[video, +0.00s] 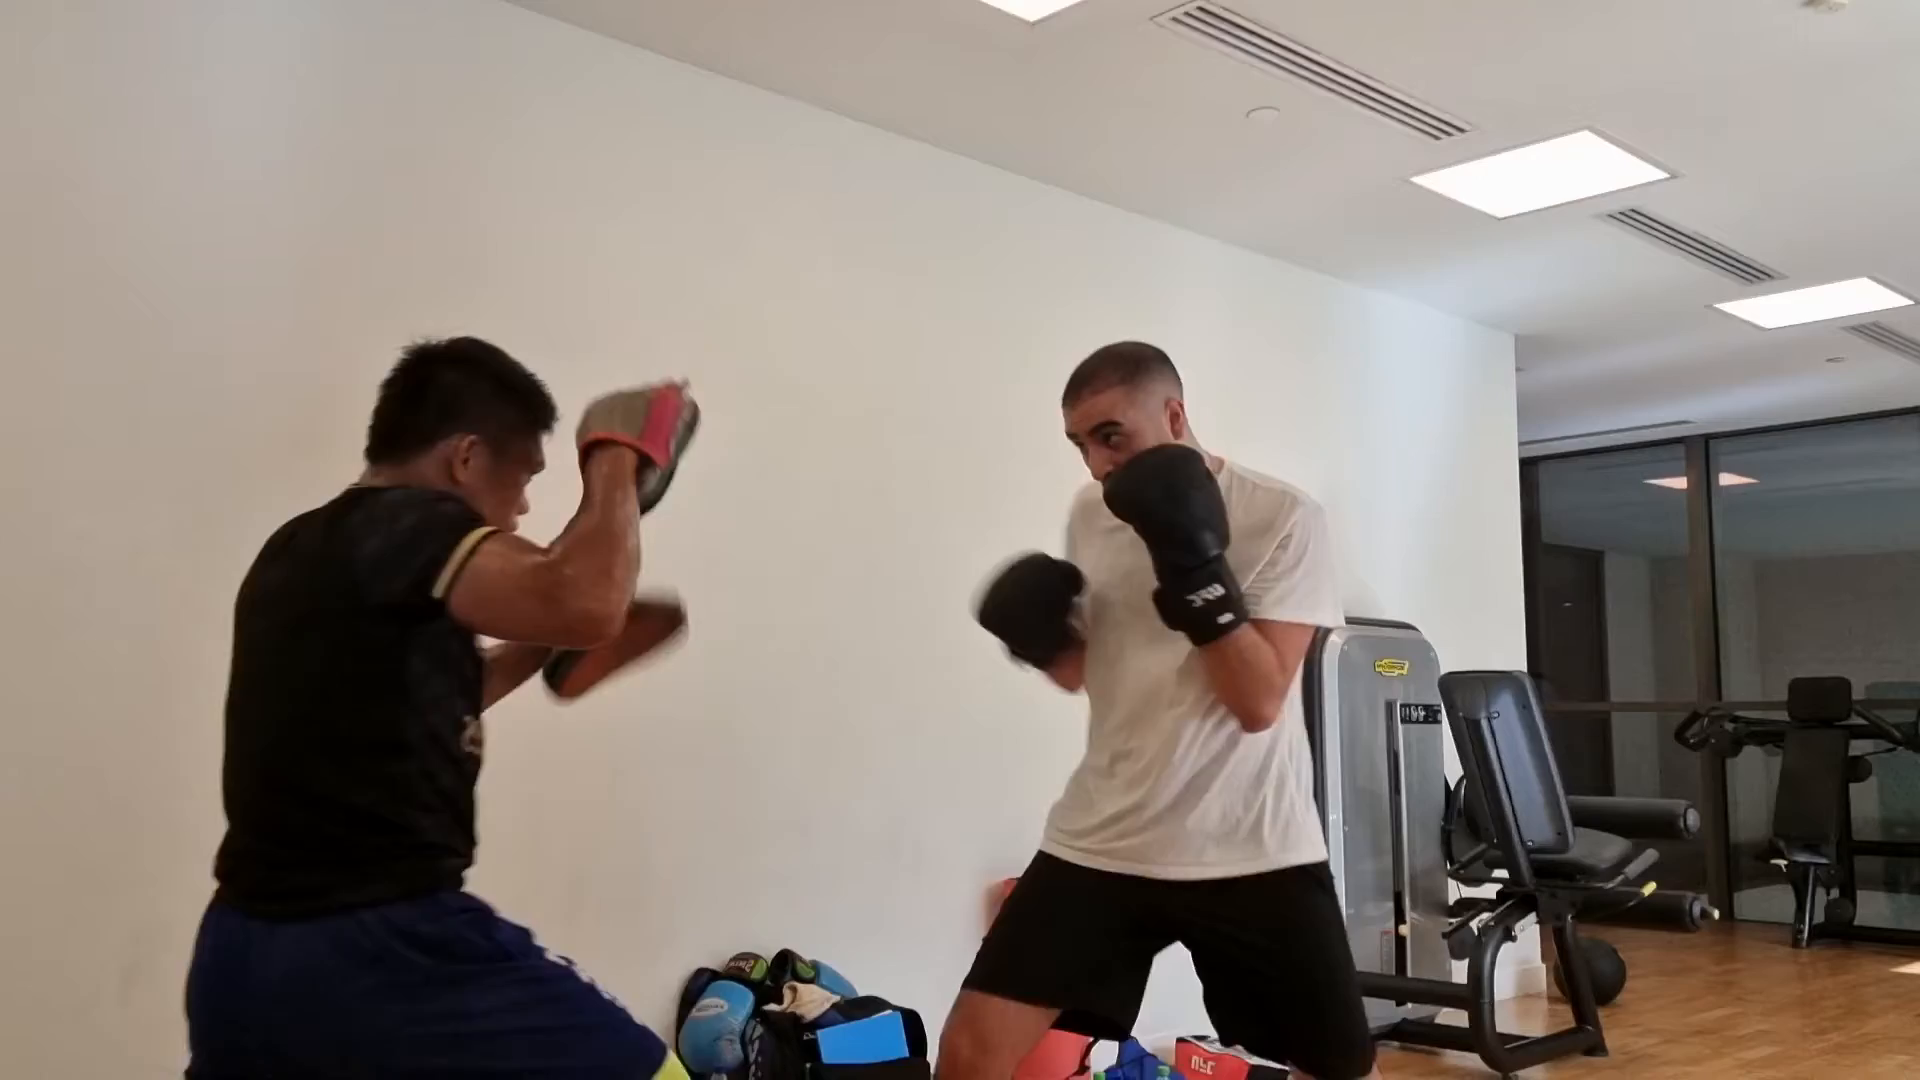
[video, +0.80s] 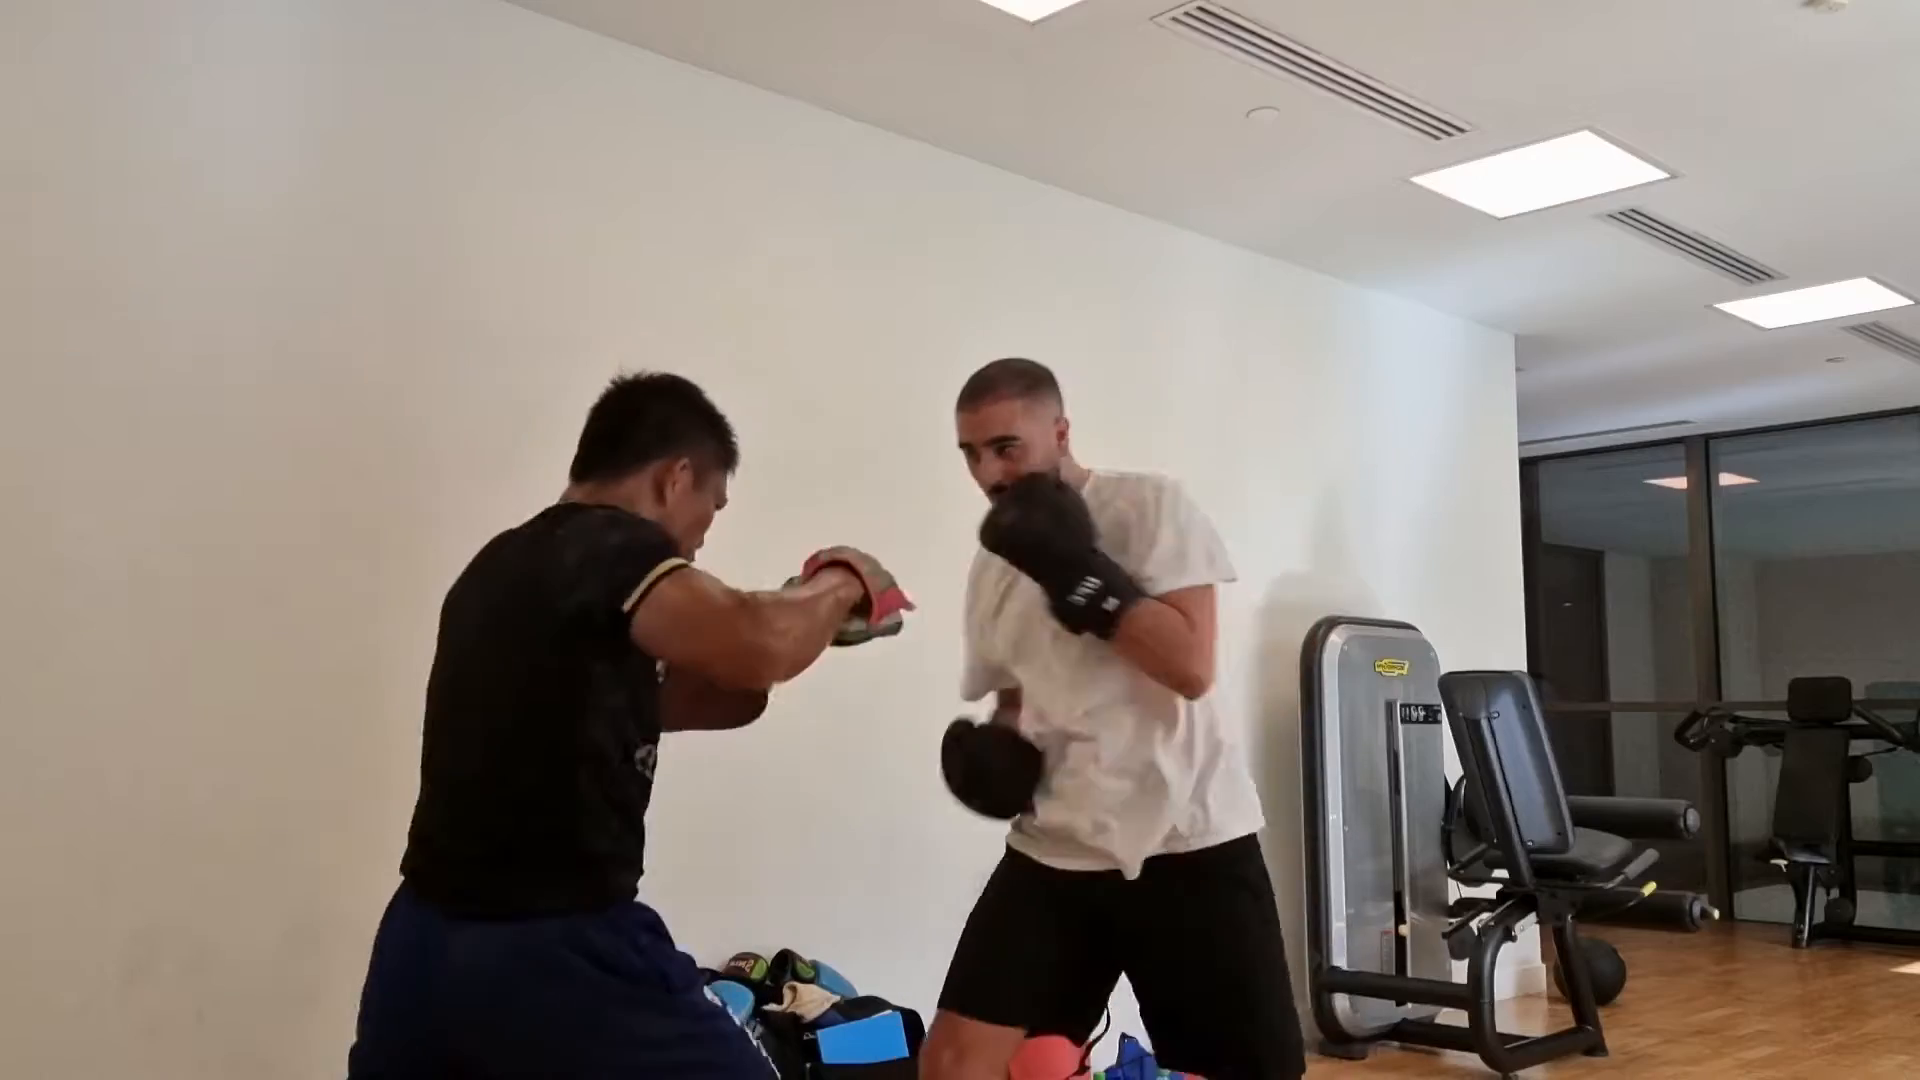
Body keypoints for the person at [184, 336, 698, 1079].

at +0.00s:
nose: (522, 510)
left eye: (528, 485)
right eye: (521, 480)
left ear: (385, 452)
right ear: (463, 459)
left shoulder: (289, 551)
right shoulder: (405, 524)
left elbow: (429, 695)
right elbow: (586, 603)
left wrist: (551, 632)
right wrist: (614, 457)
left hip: (245, 957)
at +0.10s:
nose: (575, 500)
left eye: (581, 477)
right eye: (575, 472)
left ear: (442, 449)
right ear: (524, 454)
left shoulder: (331, 554)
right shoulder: (526, 533)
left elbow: (415, 663)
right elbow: (716, 607)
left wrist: (567, 663)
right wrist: (716, 453)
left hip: (327, 954)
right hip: (498, 960)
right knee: (652, 1061)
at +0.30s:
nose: (704, 494)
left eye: (711, 475)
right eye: (704, 470)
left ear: (578, 439)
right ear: (663, 453)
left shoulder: (518, 550)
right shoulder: (597, 556)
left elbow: (671, 710)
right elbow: (716, 730)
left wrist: (711, 611)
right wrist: (797, 606)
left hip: (459, 938)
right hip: (575, 955)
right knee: (747, 1067)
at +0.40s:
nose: (711, 496)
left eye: (720, 472)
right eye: (717, 468)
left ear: (589, 439)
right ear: (675, 450)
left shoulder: (504, 552)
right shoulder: (619, 538)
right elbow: (737, 692)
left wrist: (722, 616)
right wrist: (846, 595)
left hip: (465, 936)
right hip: (603, 945)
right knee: (765, 1064)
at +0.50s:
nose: (714, 482)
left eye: (721, 465)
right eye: (716, 462)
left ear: (585, 433)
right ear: (677, 440)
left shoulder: (464, 551)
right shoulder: (677, 510)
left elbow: (416, 736)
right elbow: (839, 604)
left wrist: (551, 707)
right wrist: (989, 502)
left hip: (456, 926)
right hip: (630, 928)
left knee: (401, 1069)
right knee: (765, 1060)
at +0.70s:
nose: (715, 513)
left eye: (724, 493)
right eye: (721, 487)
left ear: (596, 450)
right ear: (683, 460)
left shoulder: (487, 550)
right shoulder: (627, 529)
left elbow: (685, 714)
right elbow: (753, 667)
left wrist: (818, 619)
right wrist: (862, 591)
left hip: (435, 924)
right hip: (588, 934)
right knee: (731, 1059)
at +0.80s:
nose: (705, 533)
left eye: (715, 513)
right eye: (712, 507)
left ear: (587, 467)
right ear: (674, 478)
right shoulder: (610, 546)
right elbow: (760, 648)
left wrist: (797, 610)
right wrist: (839, 583)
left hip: (424, 955)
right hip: (572, 959)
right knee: (740, 1065)